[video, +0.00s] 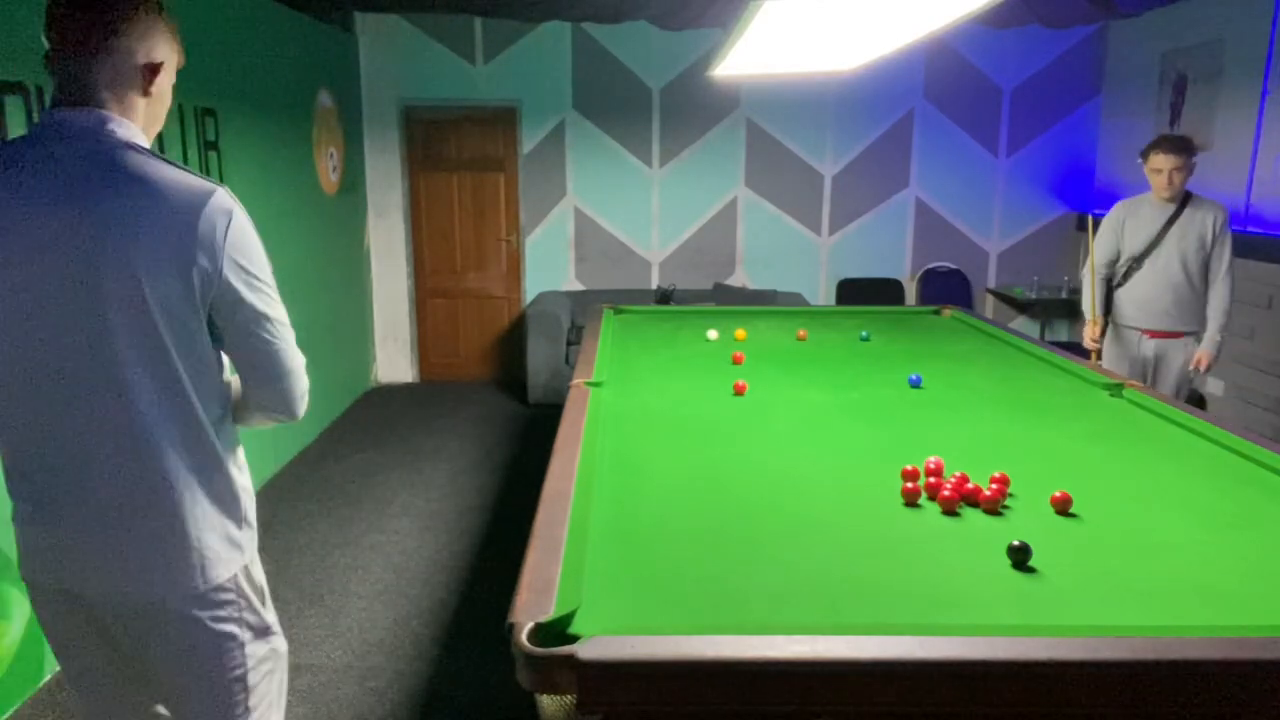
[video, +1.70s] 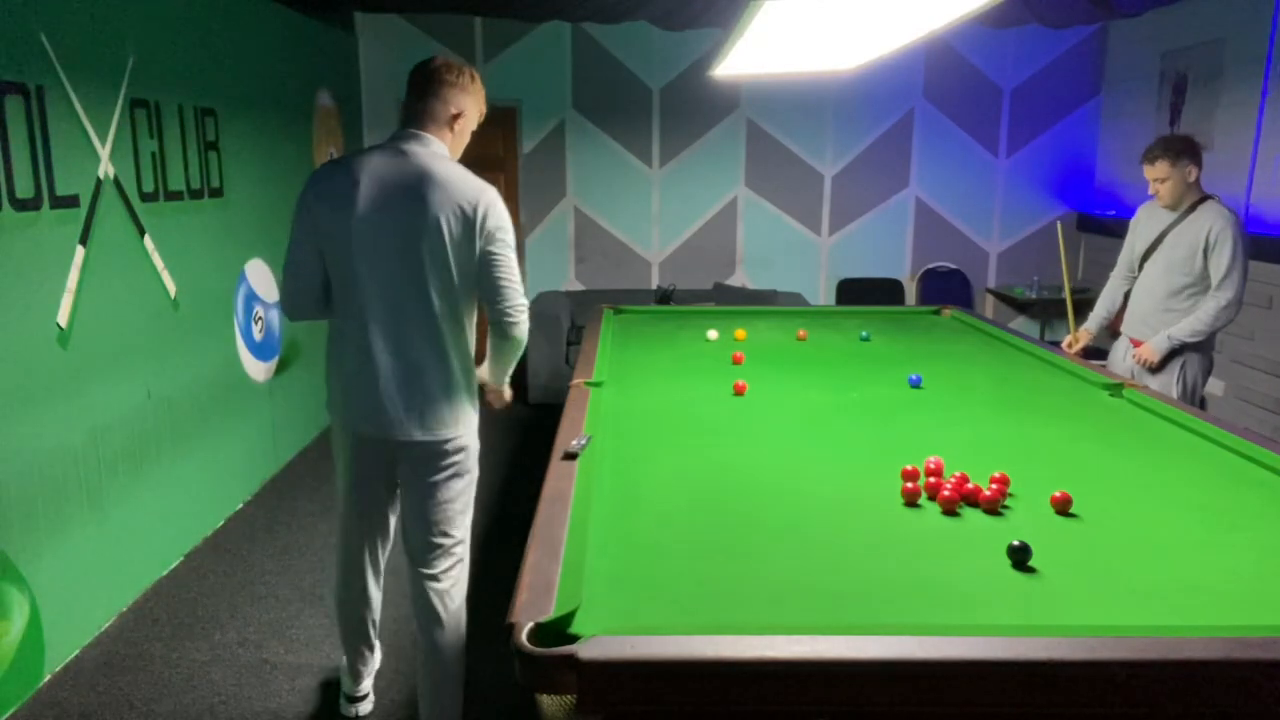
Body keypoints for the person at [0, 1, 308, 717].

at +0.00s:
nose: (170, 99)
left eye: (171, 79)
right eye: (172, 79)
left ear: (55, 71)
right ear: (154, 76)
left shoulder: (4, 182)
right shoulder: (198, 208)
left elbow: (14, 367)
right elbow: (283, 394)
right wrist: (204, 398)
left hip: (55, 563)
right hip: (190, 568)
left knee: (109, 711)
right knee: (237, 708)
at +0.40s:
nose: (232, 117)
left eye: (236, 100)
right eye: (235, 99)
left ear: (136, 80)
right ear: (215, 92)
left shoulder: (28, 199)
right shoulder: (246, 209)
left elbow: (8, 371)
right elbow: (310, 384)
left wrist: (86, 350)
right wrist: (256, 395)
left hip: (115, 521)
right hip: (247, 514)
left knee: (144, 707)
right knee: (337, 686)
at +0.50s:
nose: (269, 121)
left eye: (274, 106)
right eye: (271, 105)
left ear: (174, 91)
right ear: (243, 97)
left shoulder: (68, 198)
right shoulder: (279, 208)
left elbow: (35, 368)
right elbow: (331, 379)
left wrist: (131, 339)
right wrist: (309, 446)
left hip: (144, 503)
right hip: (271, 497)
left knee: (166, 694)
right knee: (361, 657)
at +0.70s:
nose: (336, 143)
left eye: (339, 125)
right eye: (337, 124)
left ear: (248, 105)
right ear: (310, 110)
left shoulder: (153, 201)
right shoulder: (353, 216)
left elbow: (113, 361)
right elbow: (404, 362)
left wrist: (196, 333)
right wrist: (423, 442)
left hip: (212, 499)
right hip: (334, 495)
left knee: (204, 686)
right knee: (394, 663)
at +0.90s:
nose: (400, 130)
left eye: (402, 117)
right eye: (401, 116)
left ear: (322, 101)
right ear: (380, 109)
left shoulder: (230, 186)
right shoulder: (411, 206)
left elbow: (188, 336)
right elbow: (463, 341)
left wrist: (251, 310)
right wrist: (503, 422)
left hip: (272, 466)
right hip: (385, 470)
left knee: (246, 658)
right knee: (427, 658)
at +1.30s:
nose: (496, 129)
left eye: (497, 118)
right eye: (497, 118)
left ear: (421, 101)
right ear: (482, 116)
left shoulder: (339, 167)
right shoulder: (494, 200)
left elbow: (293, 292)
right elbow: (526, 324)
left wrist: (353, 271)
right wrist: (558, 417)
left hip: (350, 419)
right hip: (443, 426)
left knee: (328, 591)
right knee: (448, 593)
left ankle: (301, 713)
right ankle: (444, 714)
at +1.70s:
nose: (472, 136)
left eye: (473, 125)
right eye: (473, 125)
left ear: (407, 110)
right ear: (459, 121)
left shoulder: (331, 183)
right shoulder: (477, 200)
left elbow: (297, 298)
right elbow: (512, 322)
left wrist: (367, 292)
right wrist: (494, 377)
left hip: (358, 406)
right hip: (440, 413)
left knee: (360, 547)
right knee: (441, 567)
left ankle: (358, 690)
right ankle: (441, 709)